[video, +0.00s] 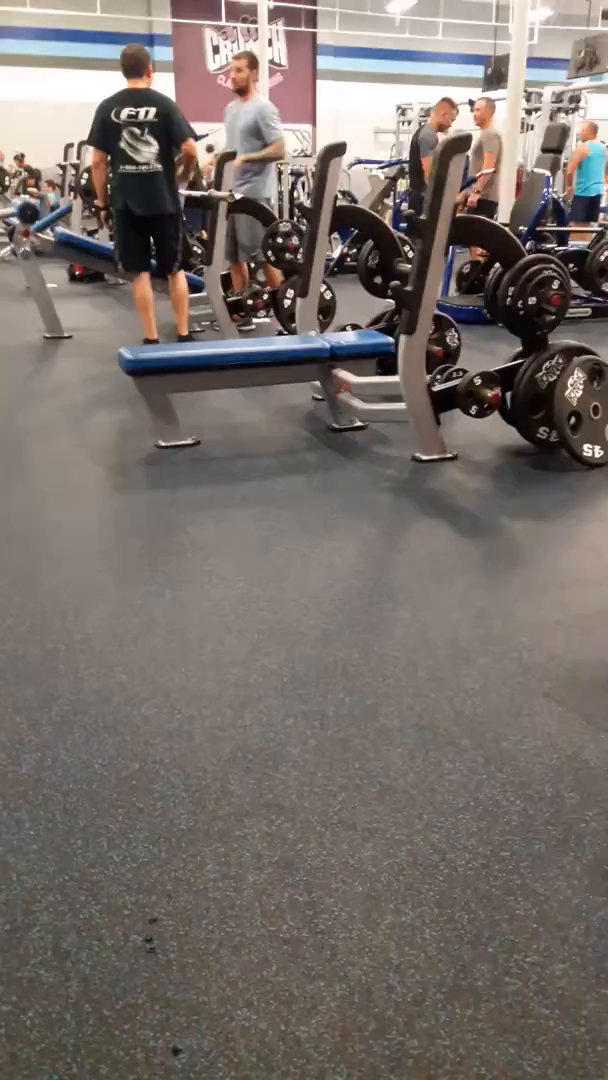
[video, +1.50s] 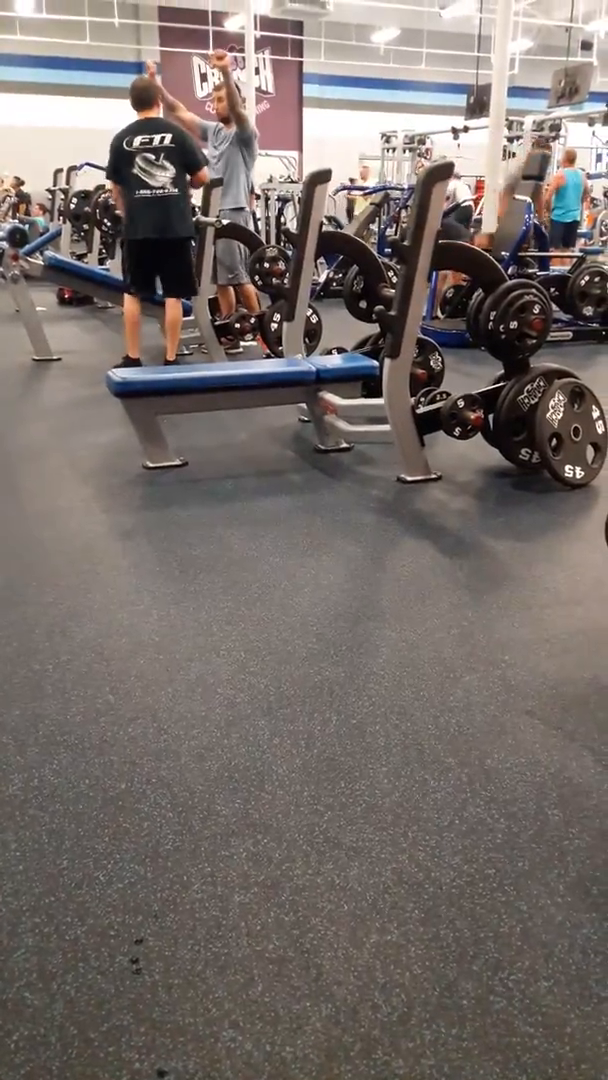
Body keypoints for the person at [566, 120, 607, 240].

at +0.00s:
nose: (580, 133)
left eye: (582, 130)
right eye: (581, 130)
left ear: (588, 132)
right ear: (594, 133)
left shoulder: (583, 148)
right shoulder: (602, 147)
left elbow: (569, 170)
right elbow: (604, 169)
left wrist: (568, 185)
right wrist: (603, 183)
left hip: (583, 191)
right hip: (597, 190)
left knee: (576, 224)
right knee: (588, 225)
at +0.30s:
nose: (574, 144)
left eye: (576, 141)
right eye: (575, 141)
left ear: (580, 142)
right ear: (589, 143)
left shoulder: (574, 157)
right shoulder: (595, 157)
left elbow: (560, 173)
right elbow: (600, 175)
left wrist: (558, 195)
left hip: (573, 201)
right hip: (588, 200)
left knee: (567, 233)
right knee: (580, 233)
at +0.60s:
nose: (573, 151)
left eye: (574, 150)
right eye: (575, 150)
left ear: (575, 151)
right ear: (586, 151)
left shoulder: (570, 163)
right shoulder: (591, 164)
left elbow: (556, 156)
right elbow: (602, 157)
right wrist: (592, 150)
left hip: (566, 207)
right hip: (581, 207)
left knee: (562, 241)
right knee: (574, 241)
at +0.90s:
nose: (568, 155)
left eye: (568, 153)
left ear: (568, 153)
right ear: (579, 154)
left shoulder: (565, 166)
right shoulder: (585, 167)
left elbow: (551, 161)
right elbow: (595, 160)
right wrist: (582, 156)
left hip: (560, 210)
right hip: (575, 210)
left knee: (557, 243)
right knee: (570, 243)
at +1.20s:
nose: (564, 155)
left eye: (565, 153)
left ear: (567, 154)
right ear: (578, 155)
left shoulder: (562, 169)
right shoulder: (584, 170)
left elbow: (548, 179)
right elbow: (592, 181)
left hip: (562, 211)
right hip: (577, 211)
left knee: (558, 244)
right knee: (571, 244)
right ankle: (570, 269)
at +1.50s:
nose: (561, 159)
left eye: (562, 157)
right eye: (562, 157)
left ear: (564, 159)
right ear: (575, 159)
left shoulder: (559, 175)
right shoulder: (582, 175)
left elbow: (548, 197)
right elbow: (586, 194)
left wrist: (548, 210)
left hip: (559, 217)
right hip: (574, 217)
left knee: (555, 250)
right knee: (568, 250)